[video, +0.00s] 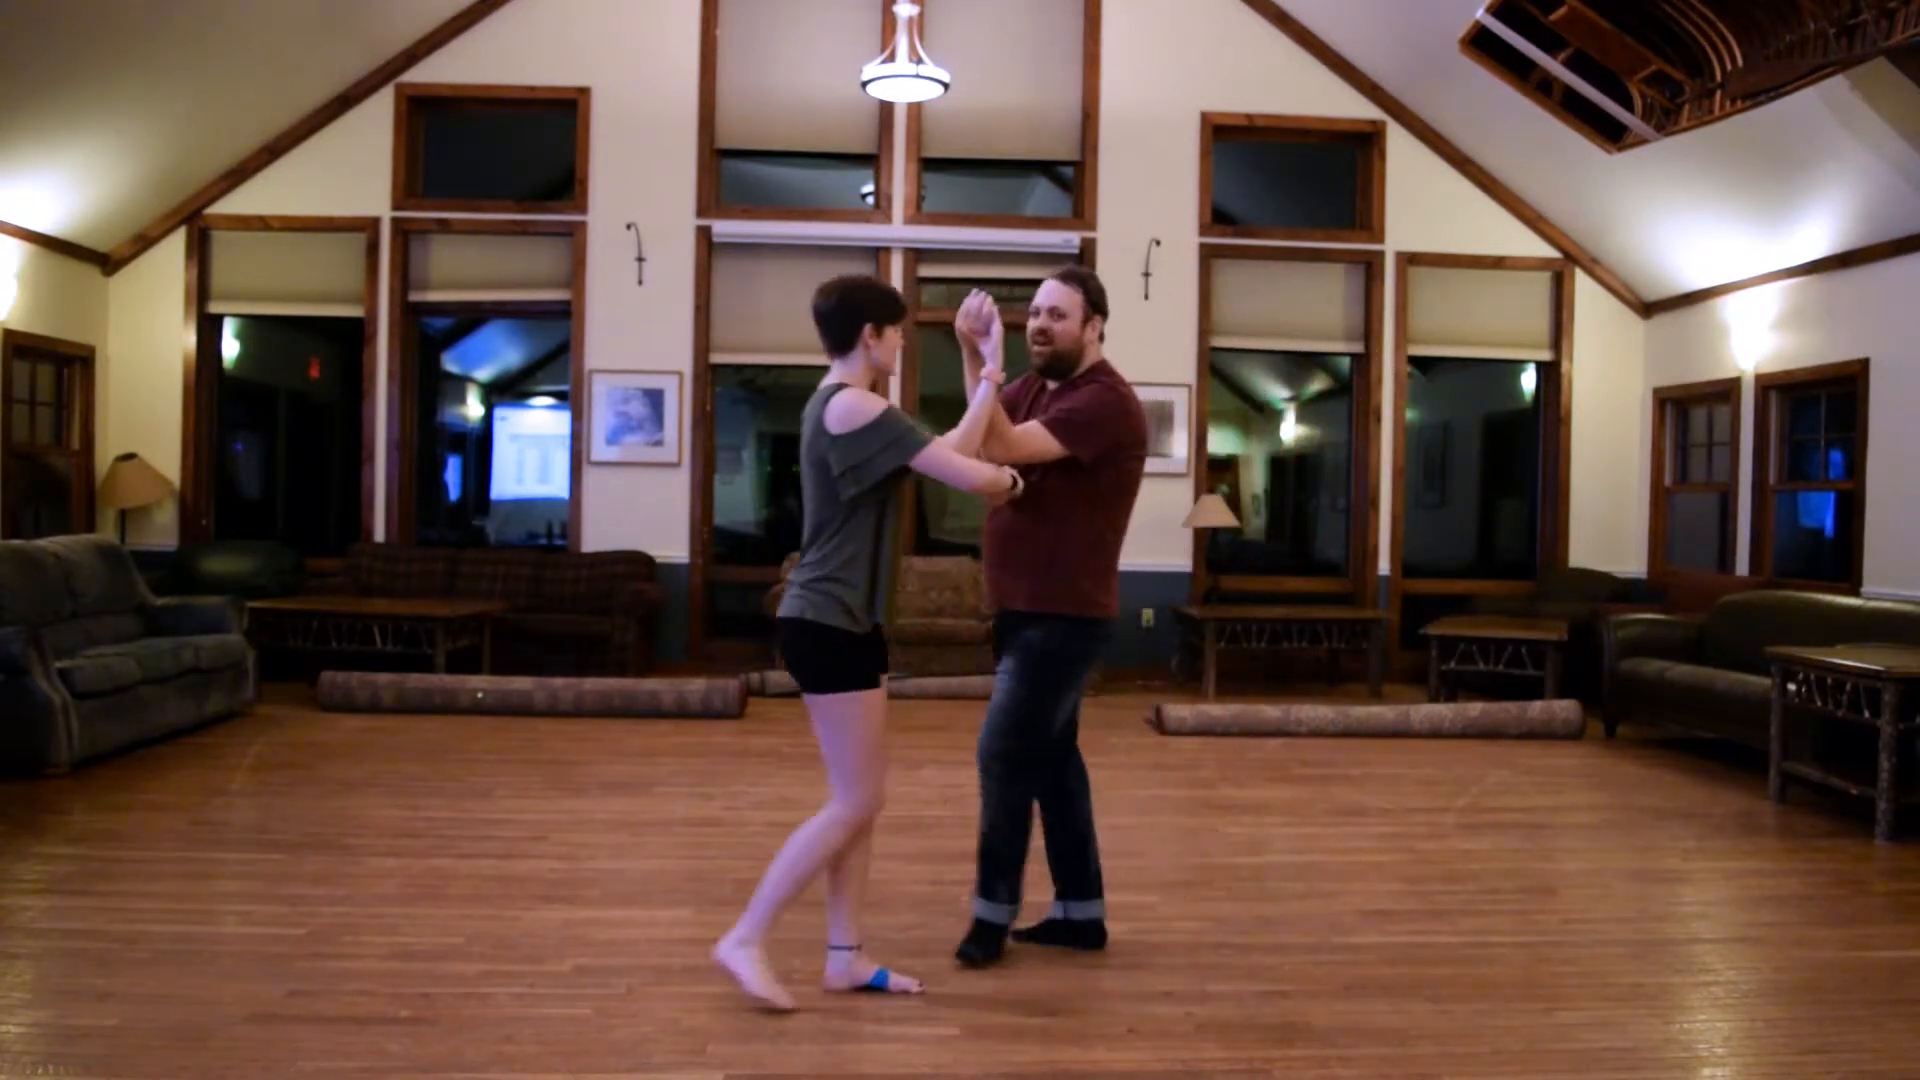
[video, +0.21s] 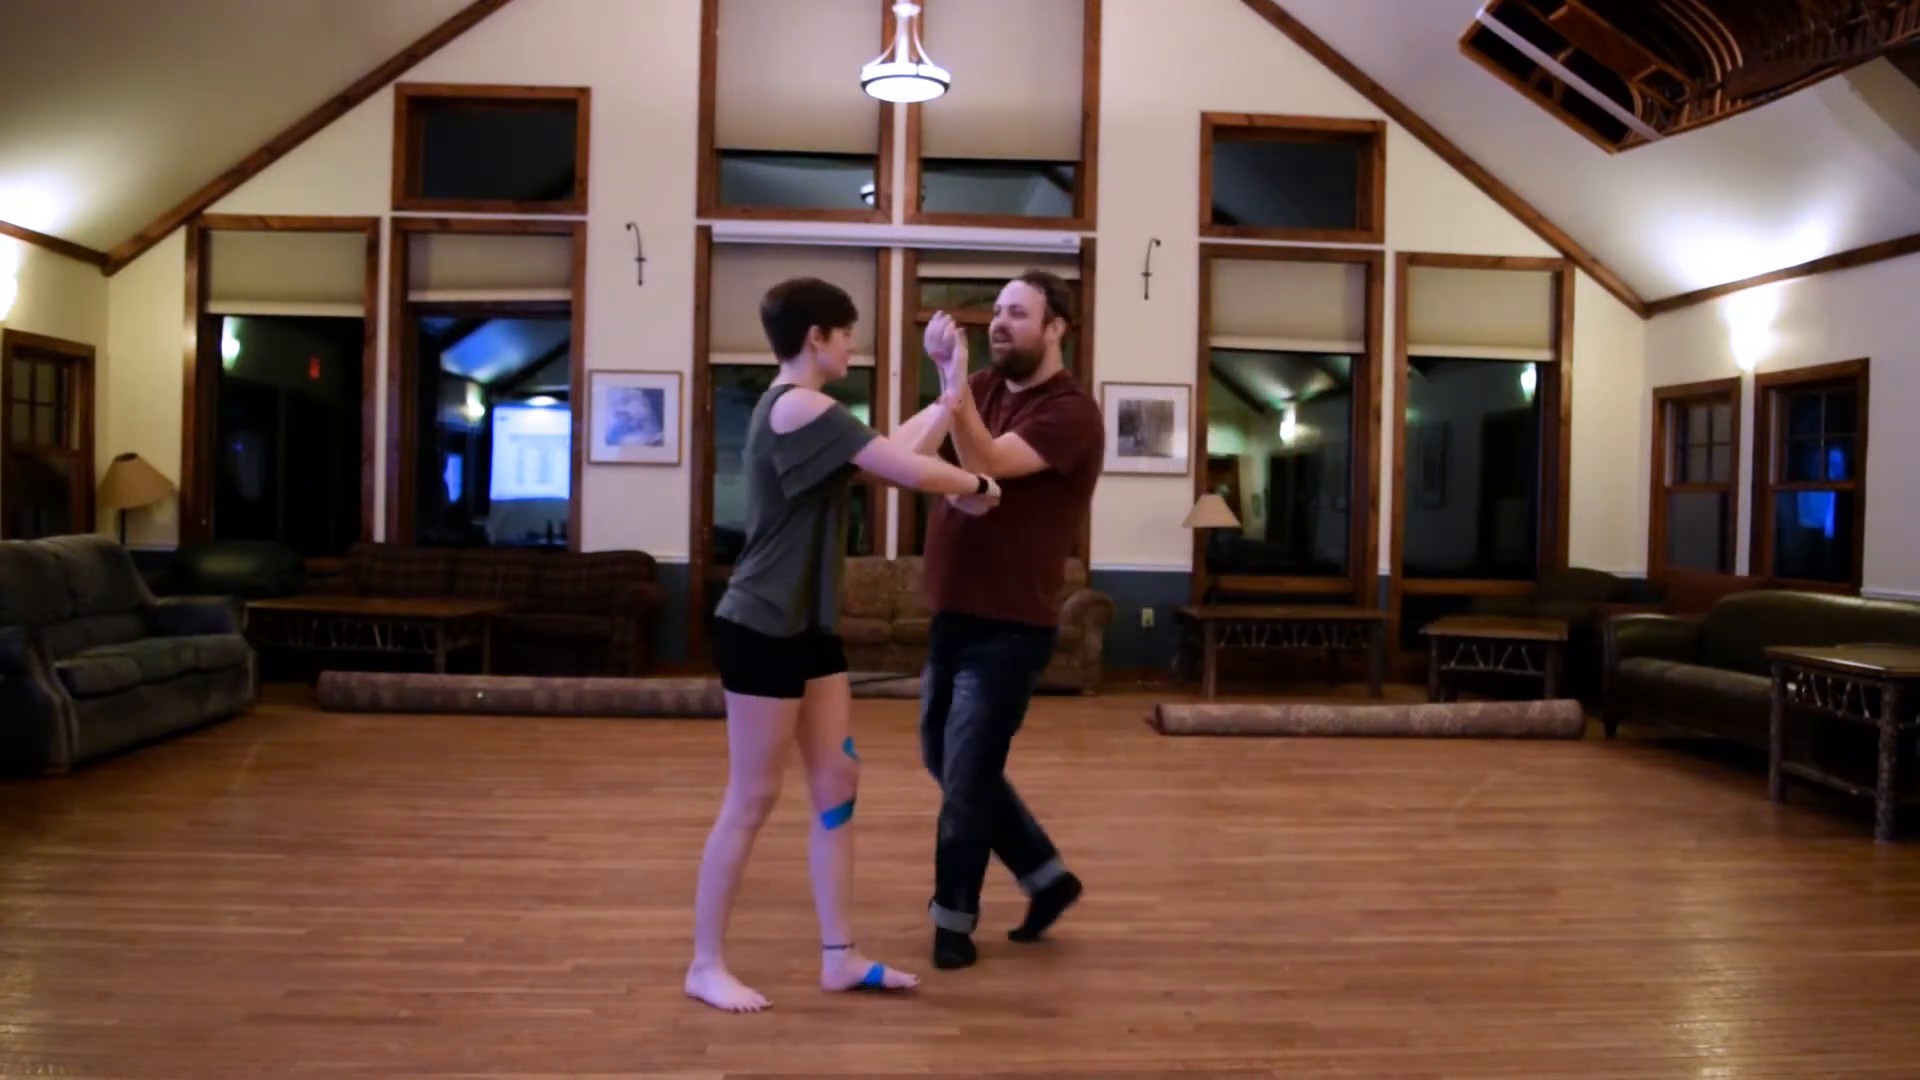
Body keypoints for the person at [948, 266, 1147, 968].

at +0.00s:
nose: (1039, 326)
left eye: (1056, 316)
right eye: (1034, 314)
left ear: (1094, 328)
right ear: (1028, 324)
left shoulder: (1106, 401)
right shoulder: (1030, 388)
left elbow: (1001, 442)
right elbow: (970, 446)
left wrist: (982, 361)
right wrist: (977, 365)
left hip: (1068, 615)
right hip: (1019, 611)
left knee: (1003, 753)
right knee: (1056, 762)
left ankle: (991, 915)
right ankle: (1081, 912)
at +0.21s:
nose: (1000, 323)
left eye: (1017, 314)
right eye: (998, 312)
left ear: (1056, 331)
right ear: (994, 325)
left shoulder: (1072, 411)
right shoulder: (985, 389)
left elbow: (992, 462)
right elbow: (918, 450)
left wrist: (953, 385)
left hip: (1014, 618)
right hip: (956, 607)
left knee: (969, 768)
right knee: (942, 754)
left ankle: (952, 921)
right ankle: (1046, 877)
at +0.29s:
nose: (985, 317)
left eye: (1002, 308)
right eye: (983, 306)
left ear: (1042, 324)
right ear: (978, 320)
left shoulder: (1058, 404)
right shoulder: (968, 387)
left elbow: (984, 460)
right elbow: (889, 448)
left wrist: (946, 383)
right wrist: (932, 389)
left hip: (998, 617)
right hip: (933, 606)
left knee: (964, 773)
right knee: (907, 748)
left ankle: (953, 919)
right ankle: (998, 865)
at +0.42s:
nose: (961, 309)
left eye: (980, 300)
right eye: (957, 299)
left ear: (1018, 318)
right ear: (951, 316)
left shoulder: (1038, 394)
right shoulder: (927, 385)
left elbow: (959, 418)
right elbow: (876, 466)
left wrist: (913, 348)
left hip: (982, 613)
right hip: (909, 604)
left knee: (963, 772)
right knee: (880, 748)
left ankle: (954, 915)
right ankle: (913, 890)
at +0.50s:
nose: (943, 304)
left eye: (961, 295)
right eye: (937, 295)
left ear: (997, 317)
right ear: (927, 312)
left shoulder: (1017, 382)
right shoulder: (910, 379)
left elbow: (948, 387)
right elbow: (872, 380)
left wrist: (900, 333)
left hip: (973, 605)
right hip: (895, 599)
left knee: (957, 777)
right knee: (873, 766)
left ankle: (950, 918)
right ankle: (854, 904)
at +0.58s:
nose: (923, 300)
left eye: (941, 291)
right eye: (918, 290)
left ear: (975, 313)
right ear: (905, 304)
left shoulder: (998, 373)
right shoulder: (890, 368)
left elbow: (916, 347)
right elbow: (861, 341)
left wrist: (876, 299)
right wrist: (857, 292)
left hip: (962, 603)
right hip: (882, 600)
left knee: (951, 777)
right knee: (863, 765)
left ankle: (948, 918)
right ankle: (839, 908)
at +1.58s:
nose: (824, 332)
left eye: (836, 318)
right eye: (813, 319)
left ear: (870, 320)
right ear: (799, 322)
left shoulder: (905, 378)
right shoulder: (784, 383)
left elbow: (902, 420)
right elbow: (768, 407)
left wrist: (816, 367)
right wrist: (781, 315)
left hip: (895, 604)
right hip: (811, 609)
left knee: (899, 776)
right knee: (827, 777)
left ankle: (908, 919)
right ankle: (839, 912)